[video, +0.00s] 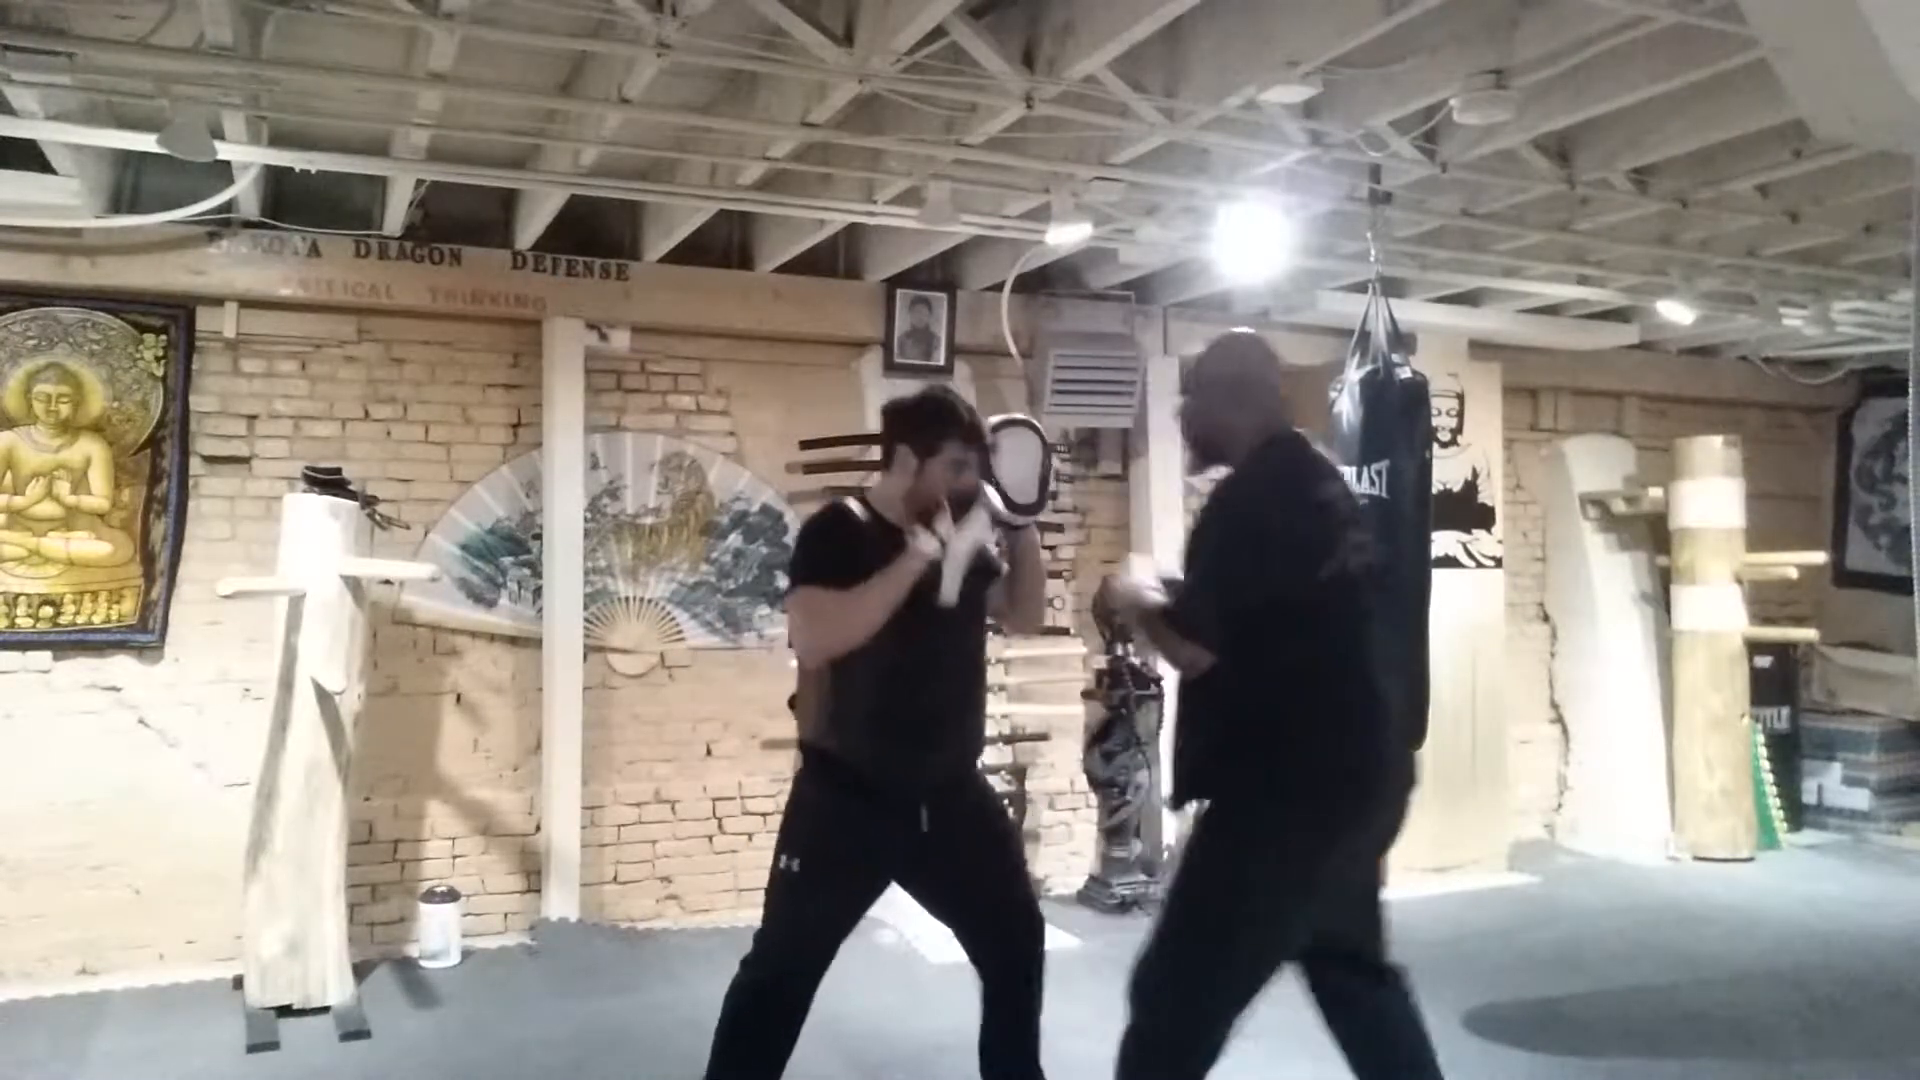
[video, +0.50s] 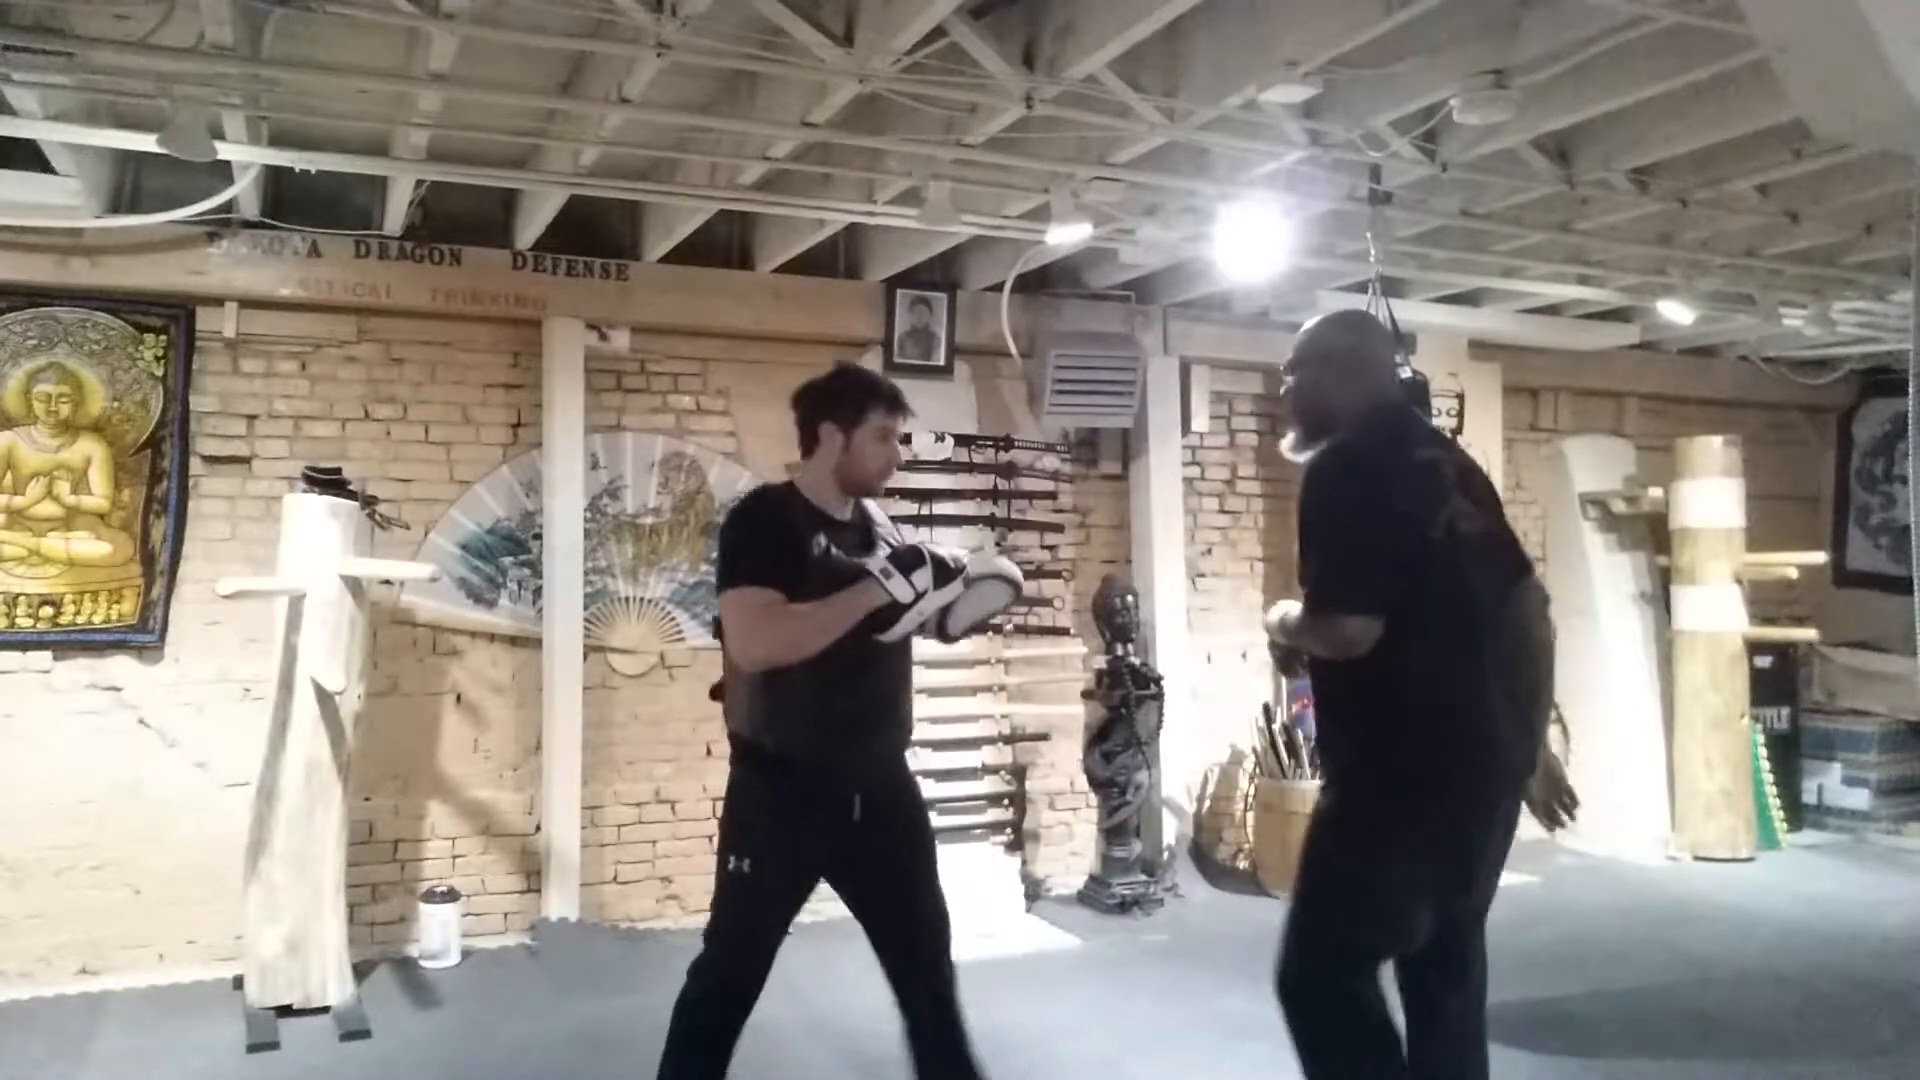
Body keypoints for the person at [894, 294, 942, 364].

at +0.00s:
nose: (920, 317)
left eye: (924, 313)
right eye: (916, 312)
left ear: (930, 316)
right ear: (910, 314)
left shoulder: (936, 341)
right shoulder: (901, 340)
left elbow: (935, 364)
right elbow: (897, 361)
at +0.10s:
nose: (920, 317)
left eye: (924, 313)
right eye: (916, 312)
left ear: (930, 316)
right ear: (910, 314)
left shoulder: (936, 341)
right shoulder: (901, 340)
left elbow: (935, 364)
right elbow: (897, 361)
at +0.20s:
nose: (919, 316)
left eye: (922, 312)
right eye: (915, 312)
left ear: (930, 315)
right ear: (909, 314)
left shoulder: (935, 340)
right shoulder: (902, 339)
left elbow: (935, 364)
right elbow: (899, 361)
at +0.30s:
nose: (919, 316)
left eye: (922, 312)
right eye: (915, 312)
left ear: (930, 315)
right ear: (910, 314)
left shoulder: (935, 340)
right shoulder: (902, 339)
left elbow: (935, 364)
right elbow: (899, 361)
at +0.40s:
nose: (919, 316)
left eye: (922, 312)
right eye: (915, 312)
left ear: (930, 316)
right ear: (909, 315)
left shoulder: (935, 340)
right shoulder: (902, 338)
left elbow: (935, 363)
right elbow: (898, 360)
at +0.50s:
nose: (919, 316)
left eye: (923, 312)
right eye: (915, 312)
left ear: (930, 315)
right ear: (909, 314)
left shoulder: (935, 339)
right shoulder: (902, 338)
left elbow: (935, 362)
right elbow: (898, 360)